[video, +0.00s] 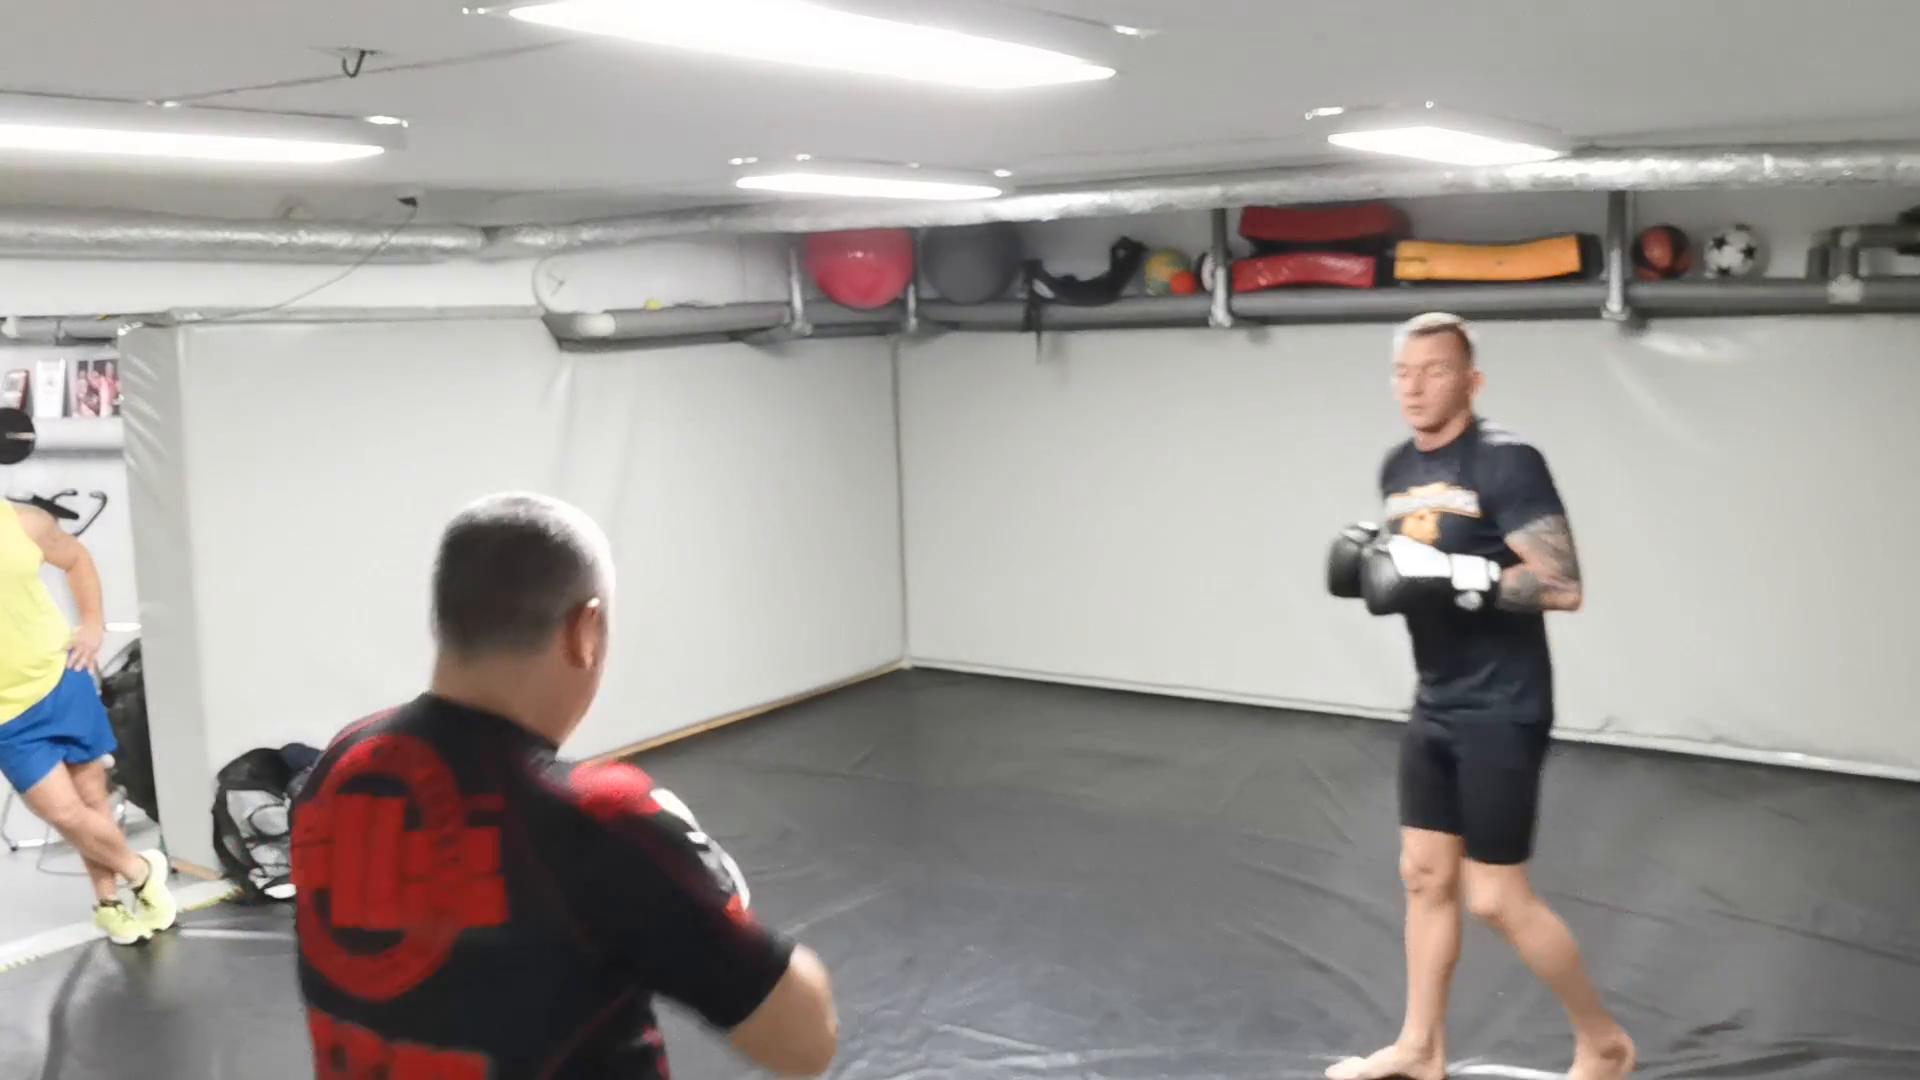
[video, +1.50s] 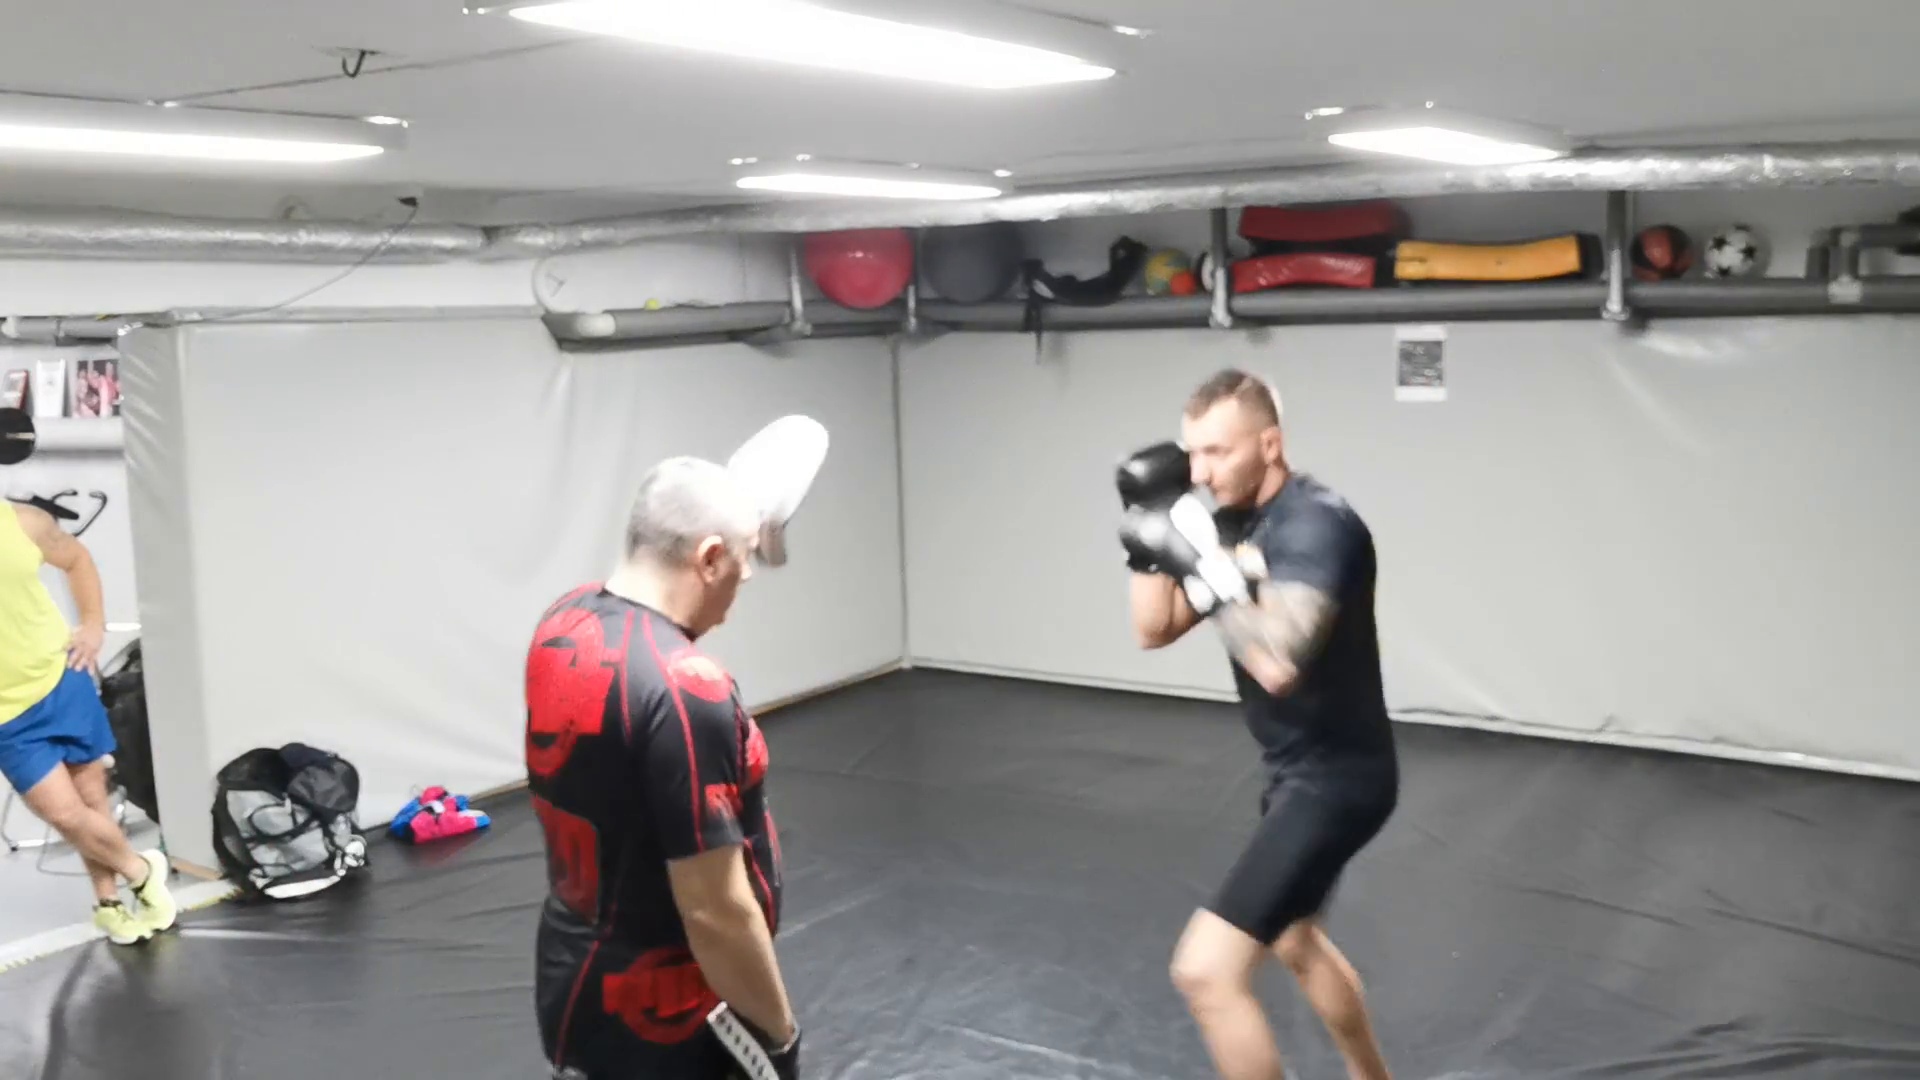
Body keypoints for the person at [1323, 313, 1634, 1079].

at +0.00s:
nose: (1413, 387)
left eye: (1431, 371)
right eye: (1403, 373)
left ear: (1471, 379)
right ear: (1394, 381)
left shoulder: (1510, 464)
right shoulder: (1399, 469)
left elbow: (1564, 587)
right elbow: (1414, 565)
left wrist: (1459, 573)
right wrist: (1368, 563)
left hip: (1505, 706)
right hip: (1434, 702)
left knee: (1497, 894)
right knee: (1425, 877)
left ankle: (1604, 1041)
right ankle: (1420, 1047)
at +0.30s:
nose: (1343, 398)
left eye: (1360, 383)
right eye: (1335, 385)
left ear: (1402, 386)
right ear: (1328, 393)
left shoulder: (1454, 469)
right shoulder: (1337, 486)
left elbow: (1486, 602)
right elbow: (1307, 610)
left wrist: (1390, 555)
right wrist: (1289, 543)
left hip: (1447, 706)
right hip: (1380, 706)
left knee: (1397, 900)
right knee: (1392, 899)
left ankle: (1451, 1066)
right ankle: (1413, 1047)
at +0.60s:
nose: (1294, 427)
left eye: (1311, 409)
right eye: (1287, 411)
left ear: (1358, 410)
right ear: (1282, 414)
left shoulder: (1405, 497)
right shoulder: (1305, 497)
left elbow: (1406, 638)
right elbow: (1251, 613)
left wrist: (1324, 564)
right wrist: (1245, 529)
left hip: (1396, 737)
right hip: (1342, 732)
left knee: (1343, 931)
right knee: (1371, 904)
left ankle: (1347, 1074)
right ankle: (1413, 1050)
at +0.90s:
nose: (1257, 430)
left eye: (1273, 412)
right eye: (1250, 412)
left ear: (1324, 409)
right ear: (1248, 410)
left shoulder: (1360, 498)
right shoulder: (1277, 479)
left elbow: (1309, 637)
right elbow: (1218, 591)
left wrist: (1254, 552)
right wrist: (1202, 517)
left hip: (1354, 743)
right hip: (1309, 732)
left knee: (1326, 948)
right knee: (1287, 894)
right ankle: (1382, 1068)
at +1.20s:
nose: (1226, 440)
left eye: (1241, 422)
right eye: (1219, 422)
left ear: (1292, 413)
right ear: (1216, 419)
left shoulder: (1341, 495)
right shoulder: (1250, 494)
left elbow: (1331, 640)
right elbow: (1198, 615)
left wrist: (1252, 558)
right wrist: (1180, 519)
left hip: (1342, 742)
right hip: (1294, 738)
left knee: (1246, 938)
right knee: (1321, 926)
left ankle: (1296, 1074)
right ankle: (1365, 1072)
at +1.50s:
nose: (1199, 472)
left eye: (1215, 452)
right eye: (1192, 455)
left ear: (1270, 446)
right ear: (1188, 454)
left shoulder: (1317, 523)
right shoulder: (1236, 524)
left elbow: (1277, 664)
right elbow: (1155, 627)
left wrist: (1216, 573)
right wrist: (1151, 523)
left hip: (1340, 774)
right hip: (1293, 769)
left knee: (1207, 969)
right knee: (1297, 943)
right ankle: (1372, 1073)